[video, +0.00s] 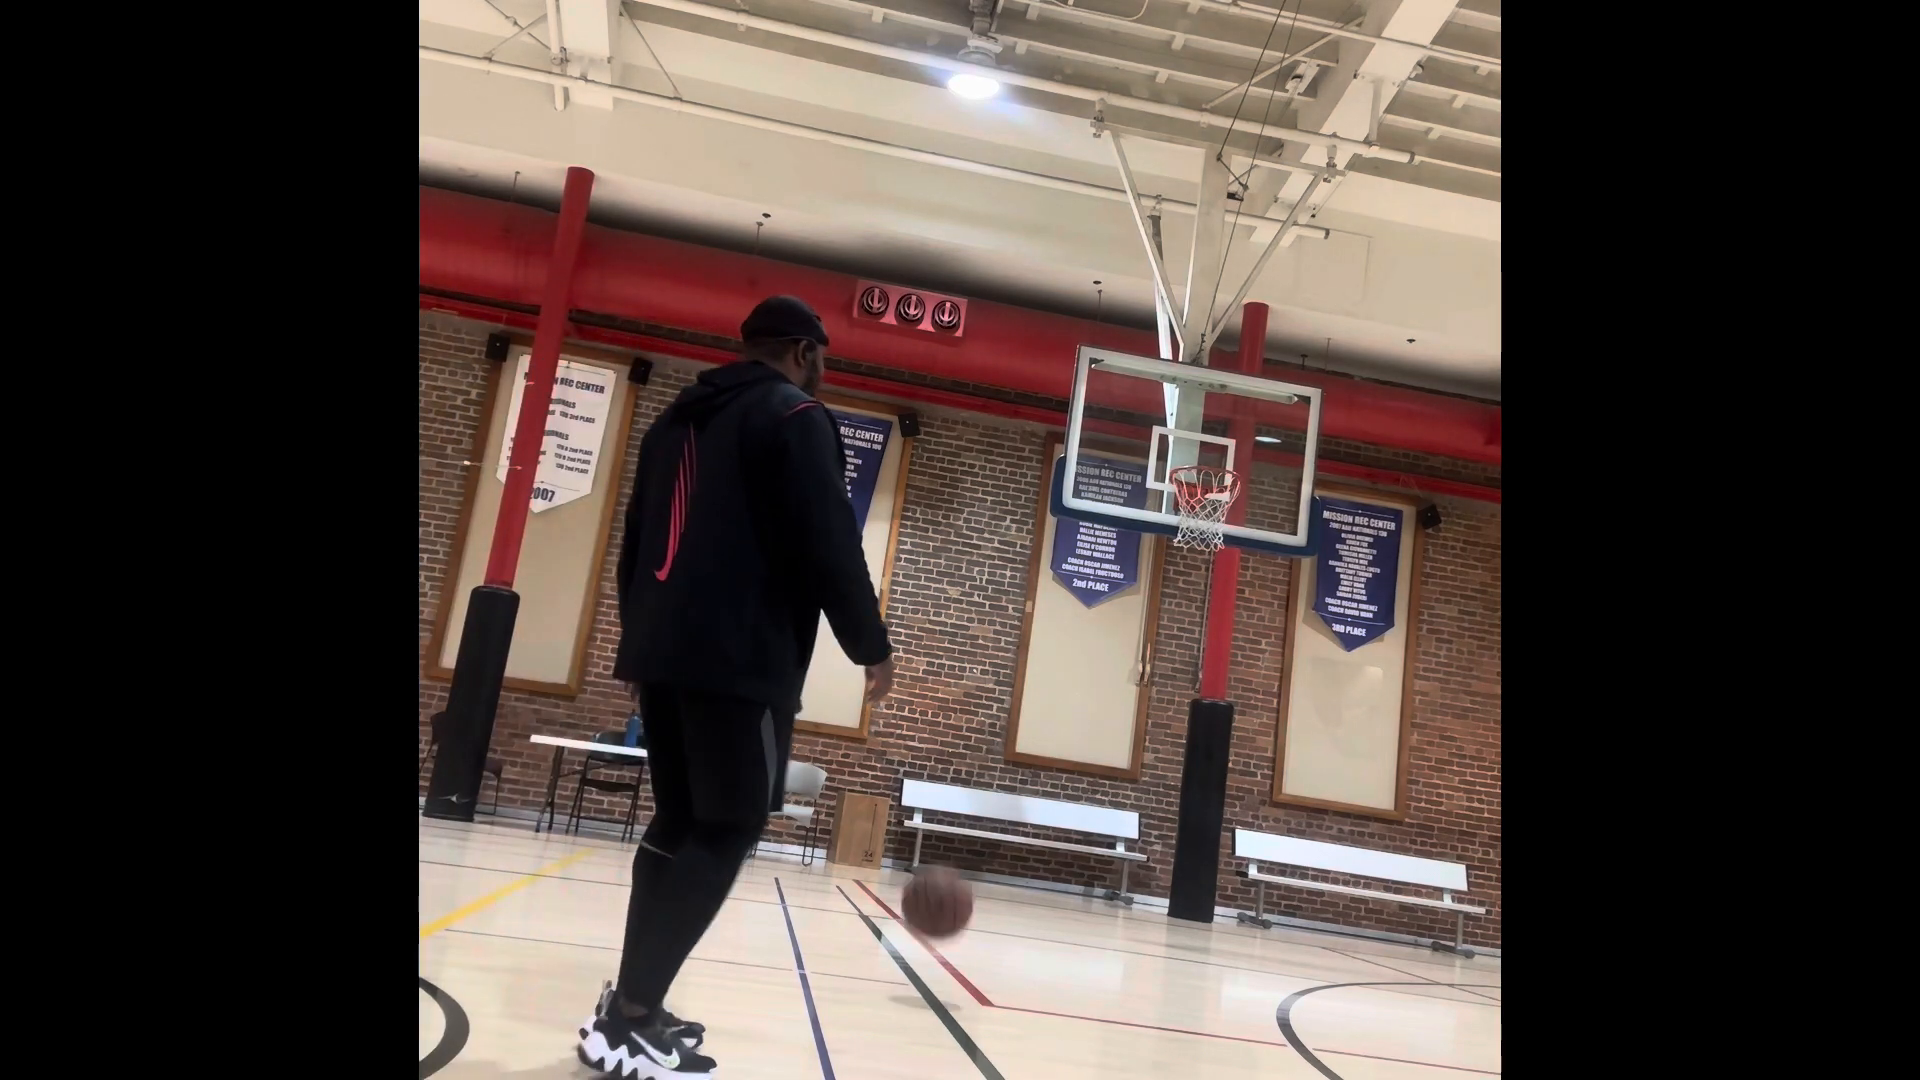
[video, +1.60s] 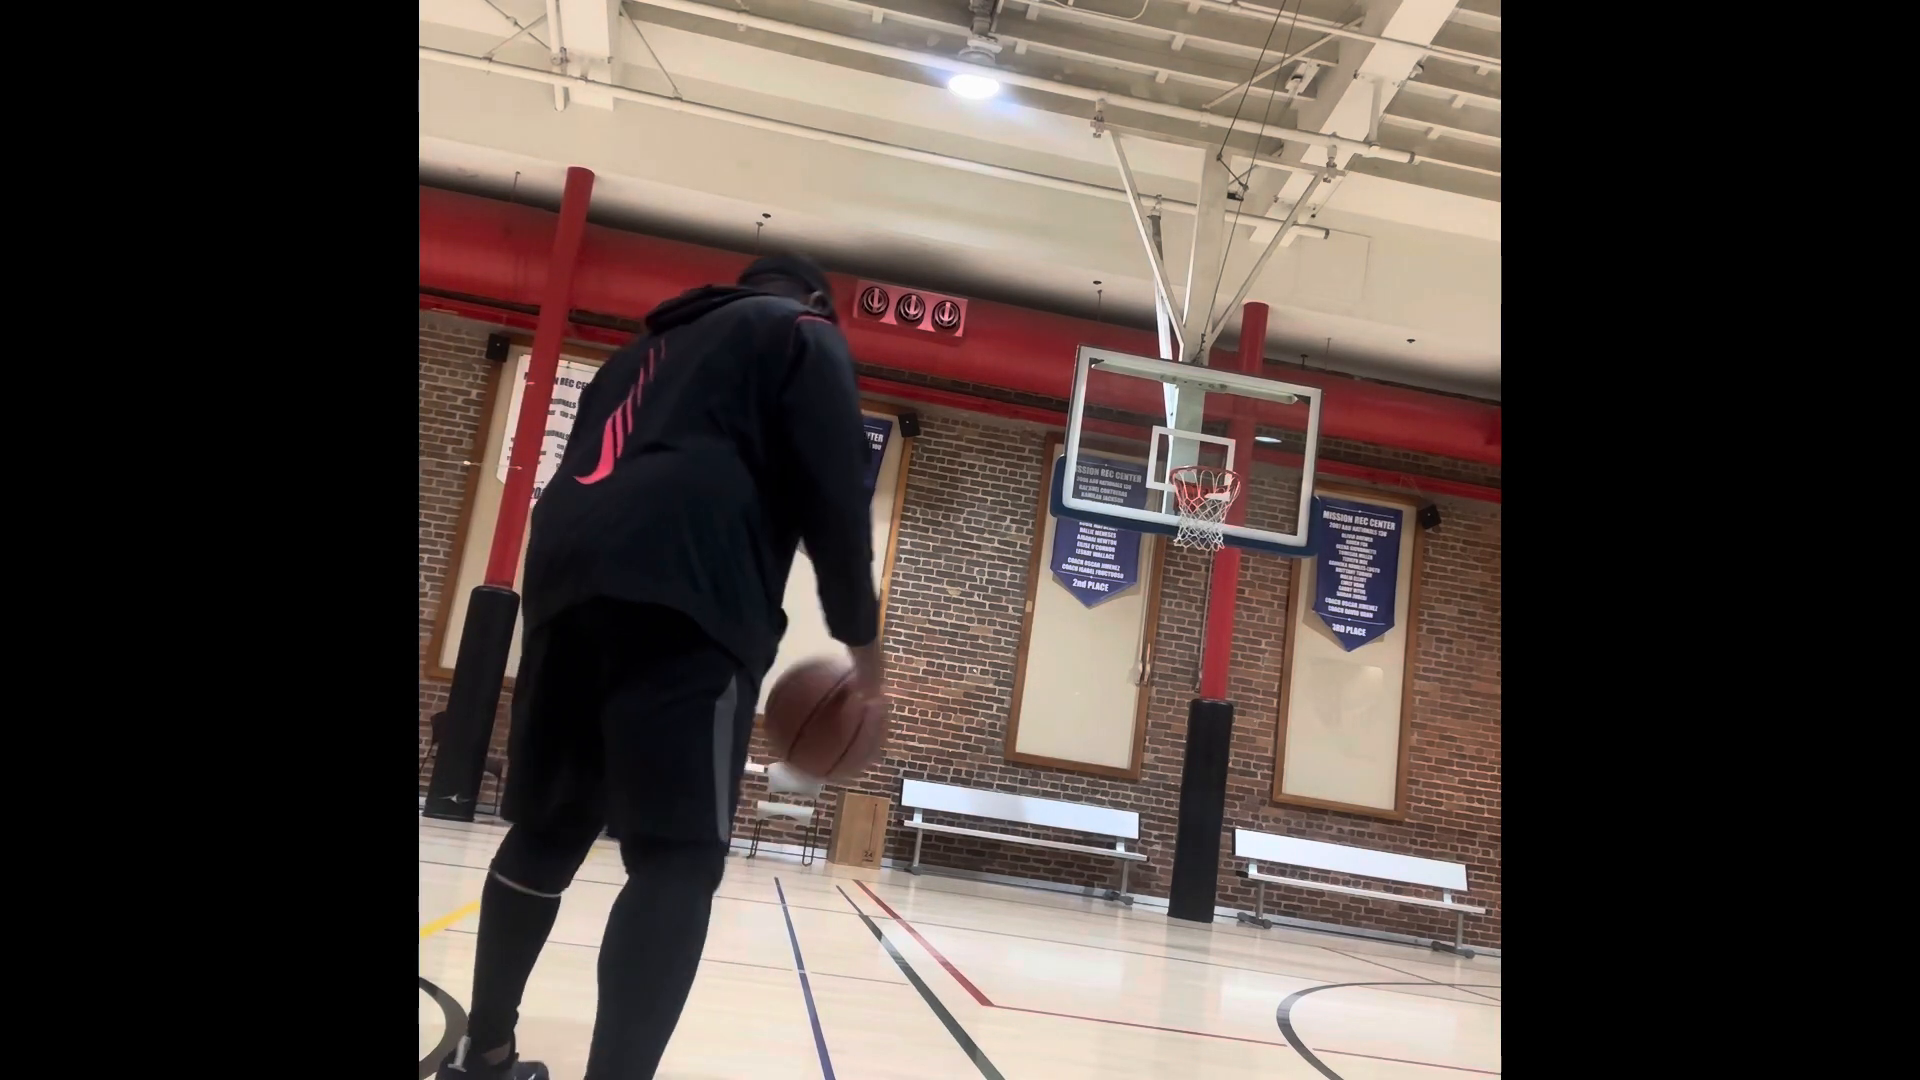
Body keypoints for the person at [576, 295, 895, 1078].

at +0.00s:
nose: (822, 376)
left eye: (822, 365)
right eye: (822, 363)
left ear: (747, 349)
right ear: (801, 354)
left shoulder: (681, 415)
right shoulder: (797, 417)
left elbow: (638, 536)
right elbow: (830, 538)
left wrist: (637, 643)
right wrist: (872, 645)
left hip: (662, 654)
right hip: (739, 665)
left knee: (676, 821)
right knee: (730, 828)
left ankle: (635, 1002)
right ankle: (629, 1019)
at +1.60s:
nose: (822, 327)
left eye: (819, 315)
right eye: (823, 315)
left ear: (743, 283)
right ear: (810, 301)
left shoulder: (640, 349)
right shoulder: (801, 332)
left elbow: (575, 482)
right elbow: (837, 489)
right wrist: (864, 648)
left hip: (564, 593)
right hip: (686, 602)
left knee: (547, 825)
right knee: (676, 860)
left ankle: (484, 1046)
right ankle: (618, 1068)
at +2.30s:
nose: (890, 295)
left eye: (896, 282)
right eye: (890, 274)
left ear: (800, 218)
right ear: (856, 236)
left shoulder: (697, 277)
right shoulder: (824, 261)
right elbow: (881, 379)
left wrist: (789, 595)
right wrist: (873, 553)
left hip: (516, 526)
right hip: (658, 547)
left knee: (466, 821)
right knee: (666, 848)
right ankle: (610, 1068)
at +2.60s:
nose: (800, 271)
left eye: (801, 261)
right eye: (799, 256)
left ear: (699, 223)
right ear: (777, 238)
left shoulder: (592, 284)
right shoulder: (779, 281)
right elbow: (821, 434)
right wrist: (778, 593)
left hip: (473, 527)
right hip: (622, 546)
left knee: (440, 823)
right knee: (618, 843)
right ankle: (591, 1067)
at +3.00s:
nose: (669, 277)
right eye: (670, 266)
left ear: (570, 243)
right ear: (659, 263)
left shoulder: (478, 308)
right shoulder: (696, 337)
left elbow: (425, 425)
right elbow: (728, 497)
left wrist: (454, 523)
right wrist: (653, 567)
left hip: (443, 571)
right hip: (601, 586)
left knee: (429, 819)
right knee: (611, 831)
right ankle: (614, 1057)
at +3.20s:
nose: (636, 287)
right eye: (636, 276)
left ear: (545, 265)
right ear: (631, 277)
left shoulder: (466, 325)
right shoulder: (674, 365)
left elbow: (447, 408)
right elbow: (717, 522)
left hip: (446, 603)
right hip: (596, 618)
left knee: (439, 828)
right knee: (588, 822)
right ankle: (599, 1052)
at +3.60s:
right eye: (659, 216)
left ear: (565, 231)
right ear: (663, 235)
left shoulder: (525, 304)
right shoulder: (711, 333)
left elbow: (531, 213)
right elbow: (802, 325)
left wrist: (635, 147)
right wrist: (750, 227)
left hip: (513, 604)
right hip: (648, 625)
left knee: (448, 817)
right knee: (597, 831)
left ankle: (415, 1014)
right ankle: (592, 1047)